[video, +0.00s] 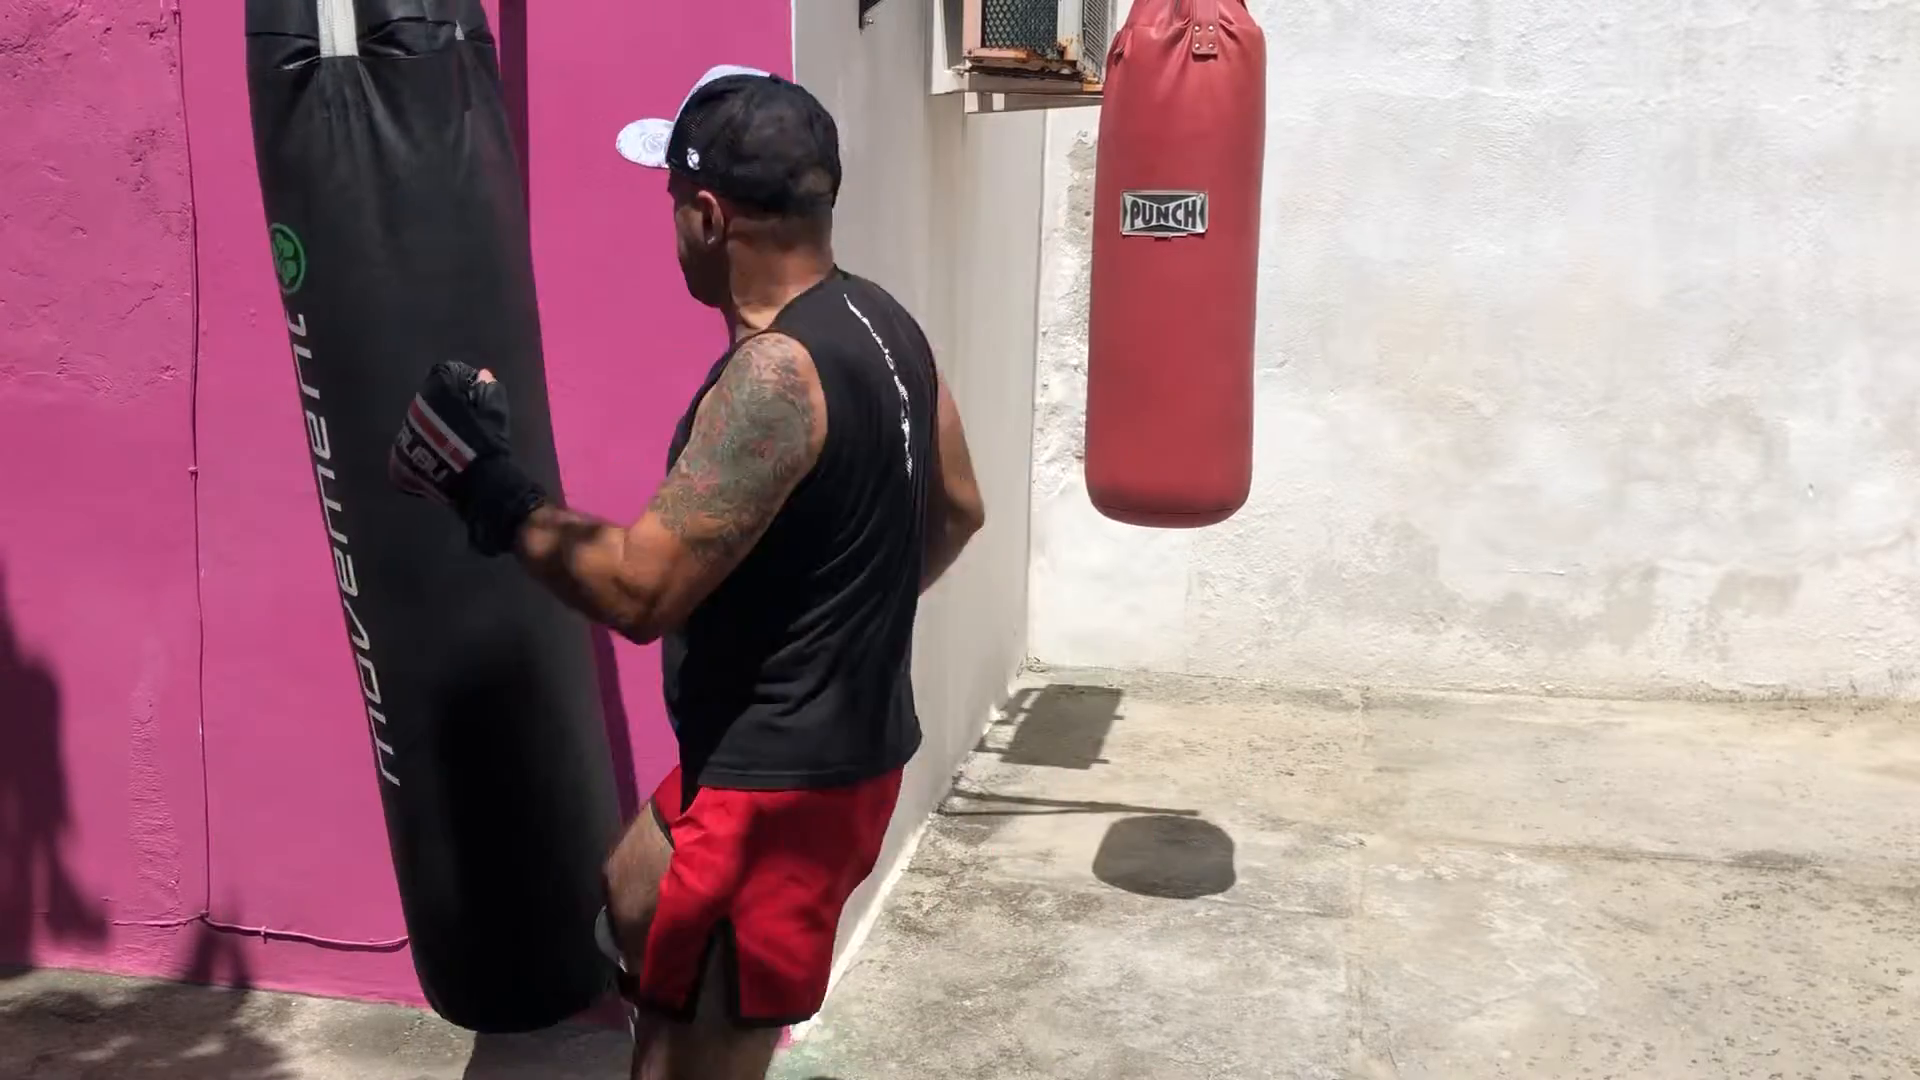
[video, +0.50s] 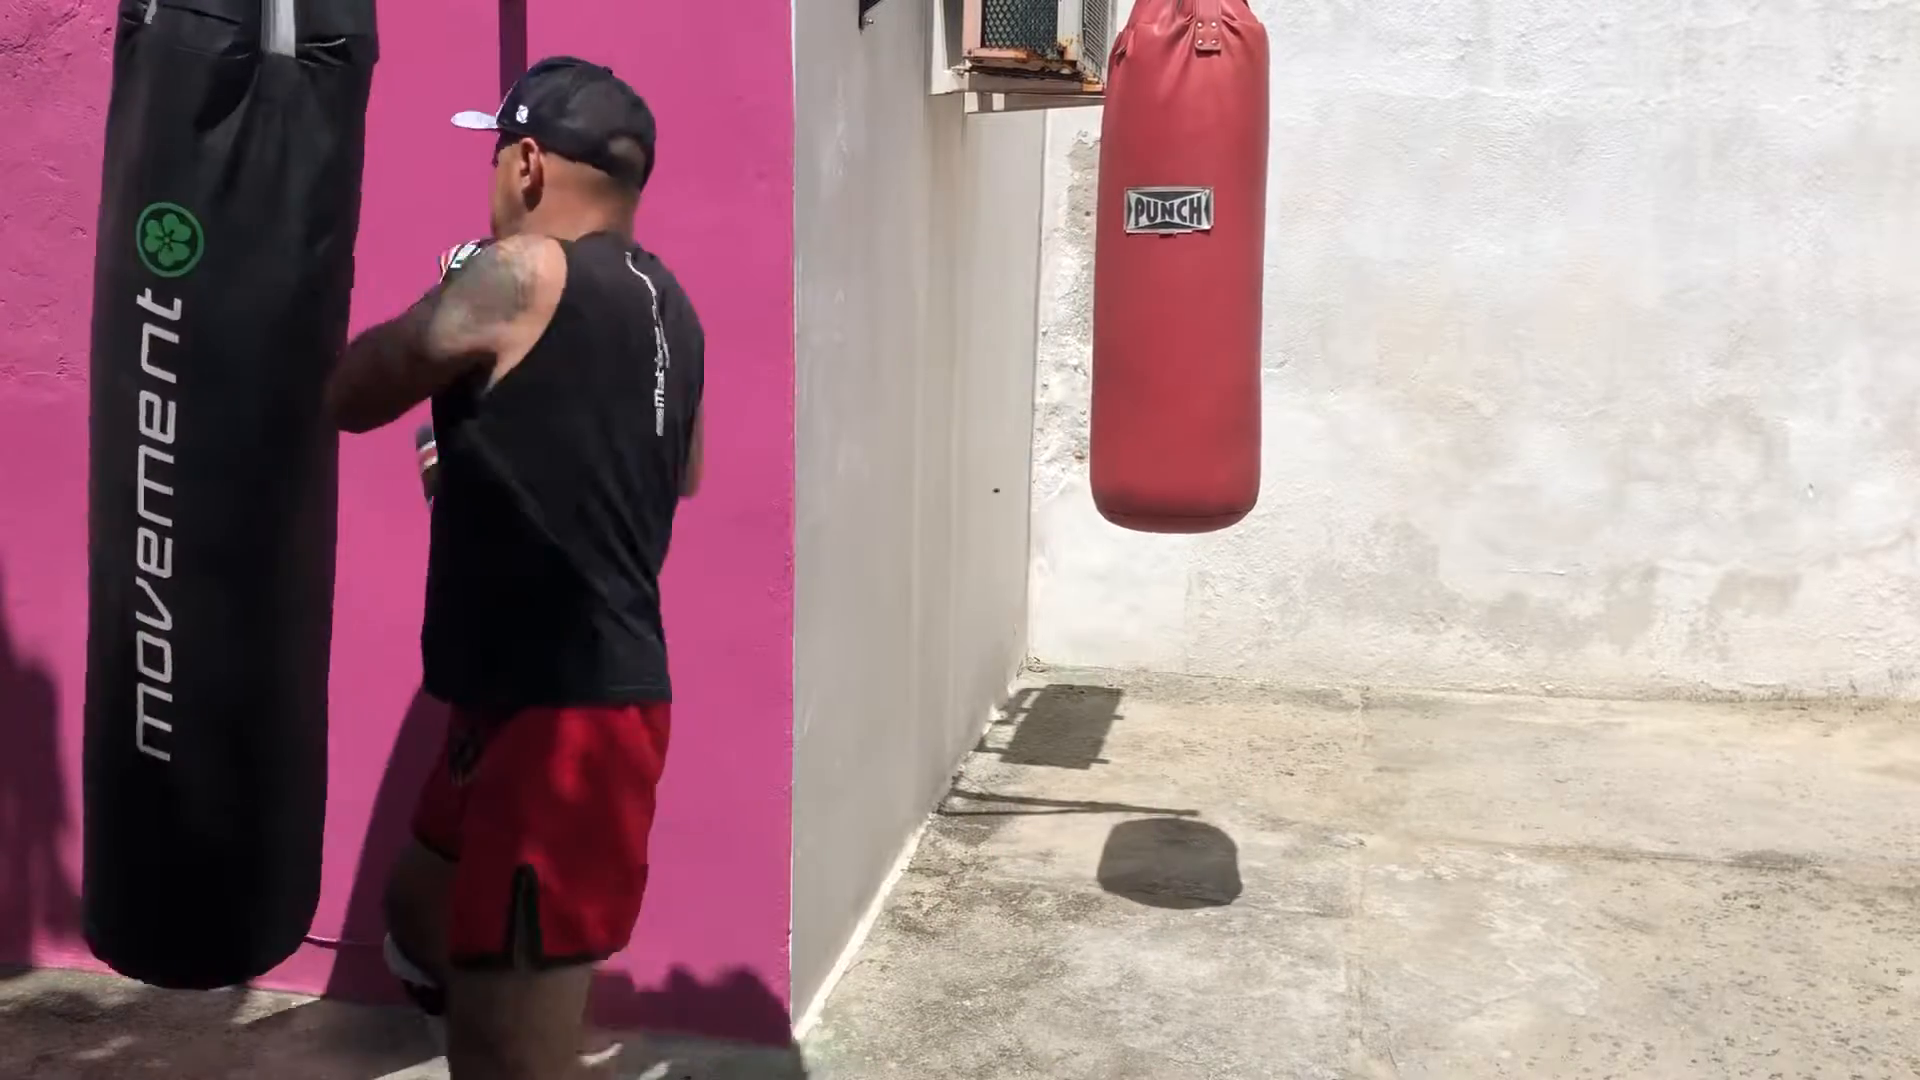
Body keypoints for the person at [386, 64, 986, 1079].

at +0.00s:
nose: (675, 227)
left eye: (675, 201)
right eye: (674, 201)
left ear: (713, 213)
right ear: (816, 204)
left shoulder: (774, 371)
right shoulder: (882, 323)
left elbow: (642, 588)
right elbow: (955, 511)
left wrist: (493, 489)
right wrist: (843, 600)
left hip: (776, 767)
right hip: (838, 731)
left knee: (701, 1056)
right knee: (635, 892)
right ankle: (693, 1049)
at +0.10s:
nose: (640, 219)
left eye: (647, 192)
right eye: (643, 191)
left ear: (682, 208)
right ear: (785, 217)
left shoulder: (655, 343)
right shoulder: (867, 359)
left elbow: (466, 470)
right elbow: (977, 534)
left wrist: (405, 342)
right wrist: (1051, 682)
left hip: (661, 769)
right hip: (766, 763)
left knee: (669, 1047)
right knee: (563, 998)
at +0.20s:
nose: (589, 192)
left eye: (598, 172)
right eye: (597, 170)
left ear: (630, 199)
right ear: (734, 203)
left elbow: (408, 355)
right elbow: (915, 516)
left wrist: (382, 264)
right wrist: (1017, 555)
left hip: (592, 720)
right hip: (696, 723)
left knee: (596, 1022)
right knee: (484, 937)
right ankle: (525, 1047)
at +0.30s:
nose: (531, 153)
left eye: (542, 134)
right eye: (541, 132)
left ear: (574, 158)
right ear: (677, 174)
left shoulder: (563, 281)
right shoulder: (715, 298)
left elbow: (380, 366)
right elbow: (772, 431)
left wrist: (381, 272)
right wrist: (677, 336)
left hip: (584, 701)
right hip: (658, 690)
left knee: (510, 1036)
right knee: (501, 1009)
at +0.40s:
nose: (510, 162)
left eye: (521, 140)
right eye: (518, 138)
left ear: (555, 162)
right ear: (640, 173)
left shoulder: (596, 297)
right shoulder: (632, 282)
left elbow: (392, 420)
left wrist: (416, 313)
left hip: (580, 720)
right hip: (555, 705)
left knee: (494, 1039)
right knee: (459, 986)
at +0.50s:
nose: (494, 181)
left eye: (500, 157)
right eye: (500, 158)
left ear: (530, 164)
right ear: (629, 177)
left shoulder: (515, 272)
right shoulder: (666, 306)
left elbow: (346, 396)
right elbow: (676, 476)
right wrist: (494, 459)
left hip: (555, 709)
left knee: (514, 1040)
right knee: (422, 919)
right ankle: (534, 1053)